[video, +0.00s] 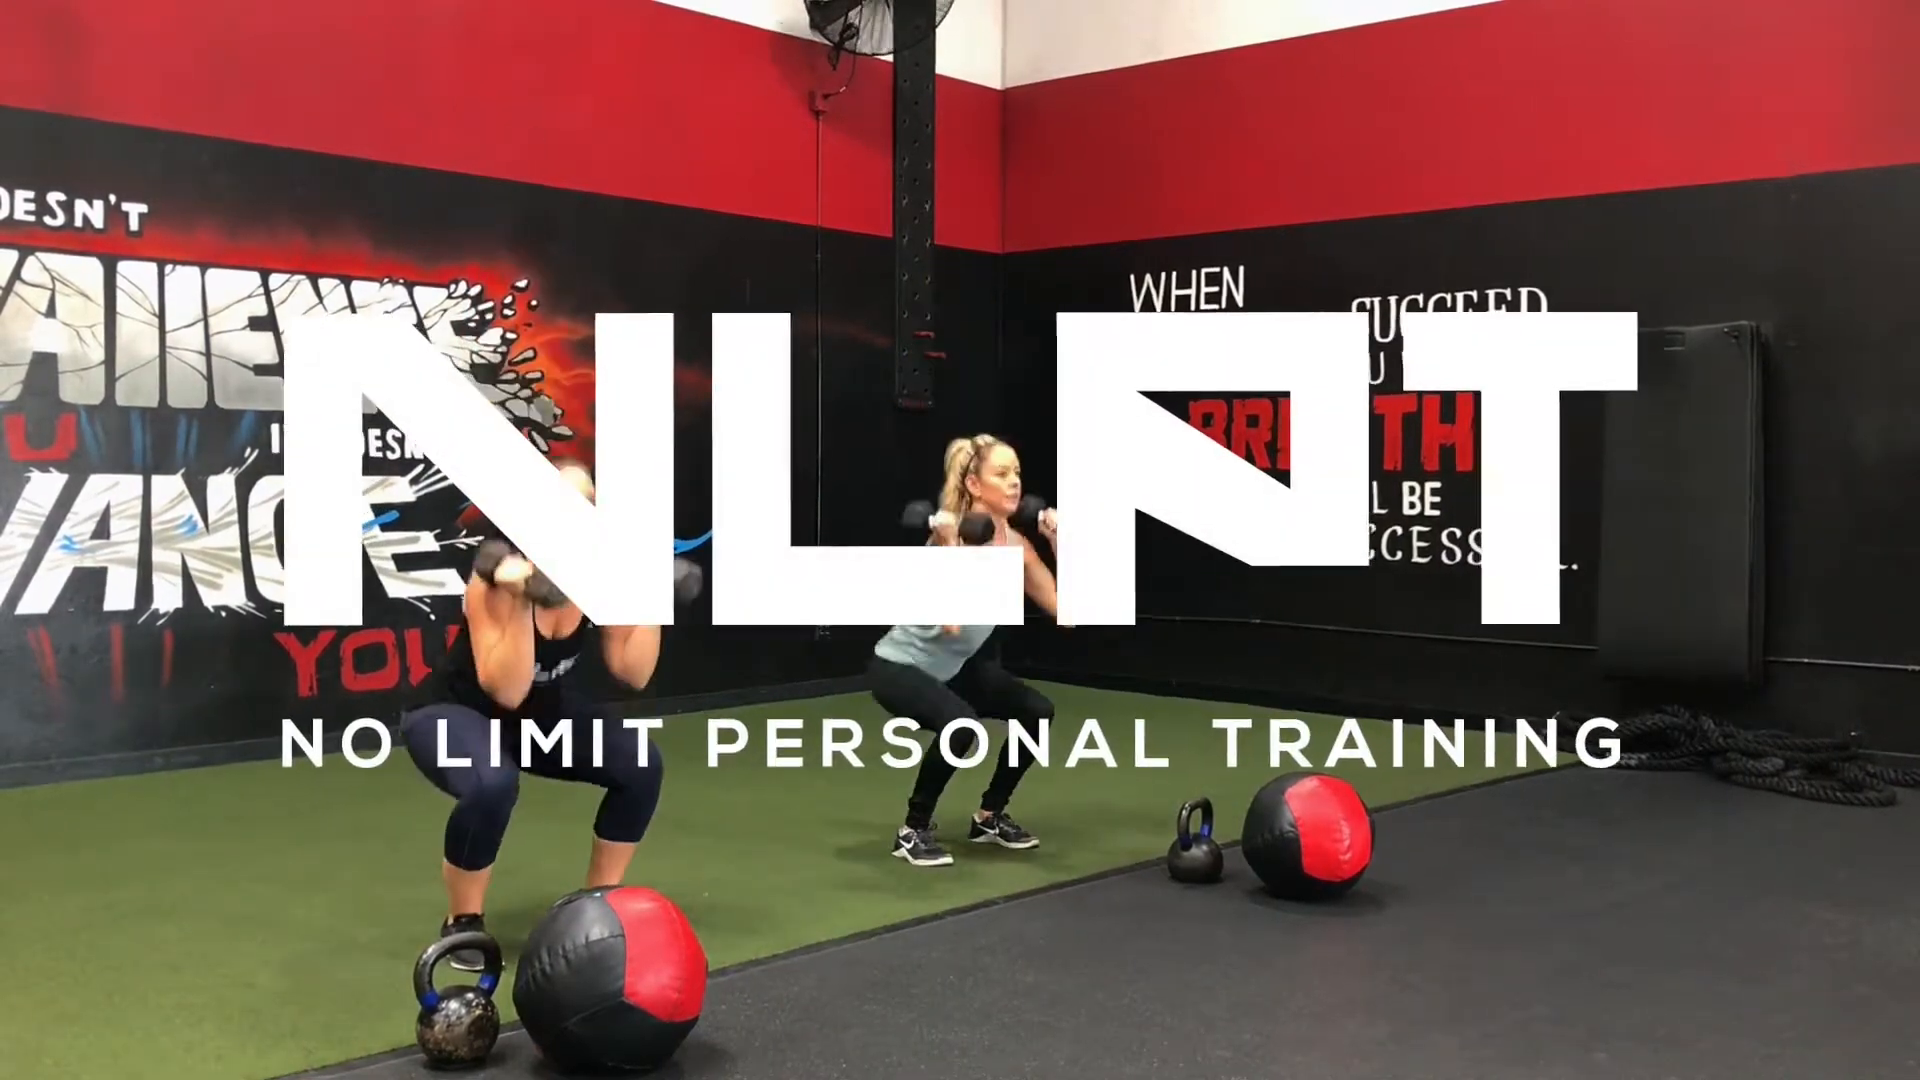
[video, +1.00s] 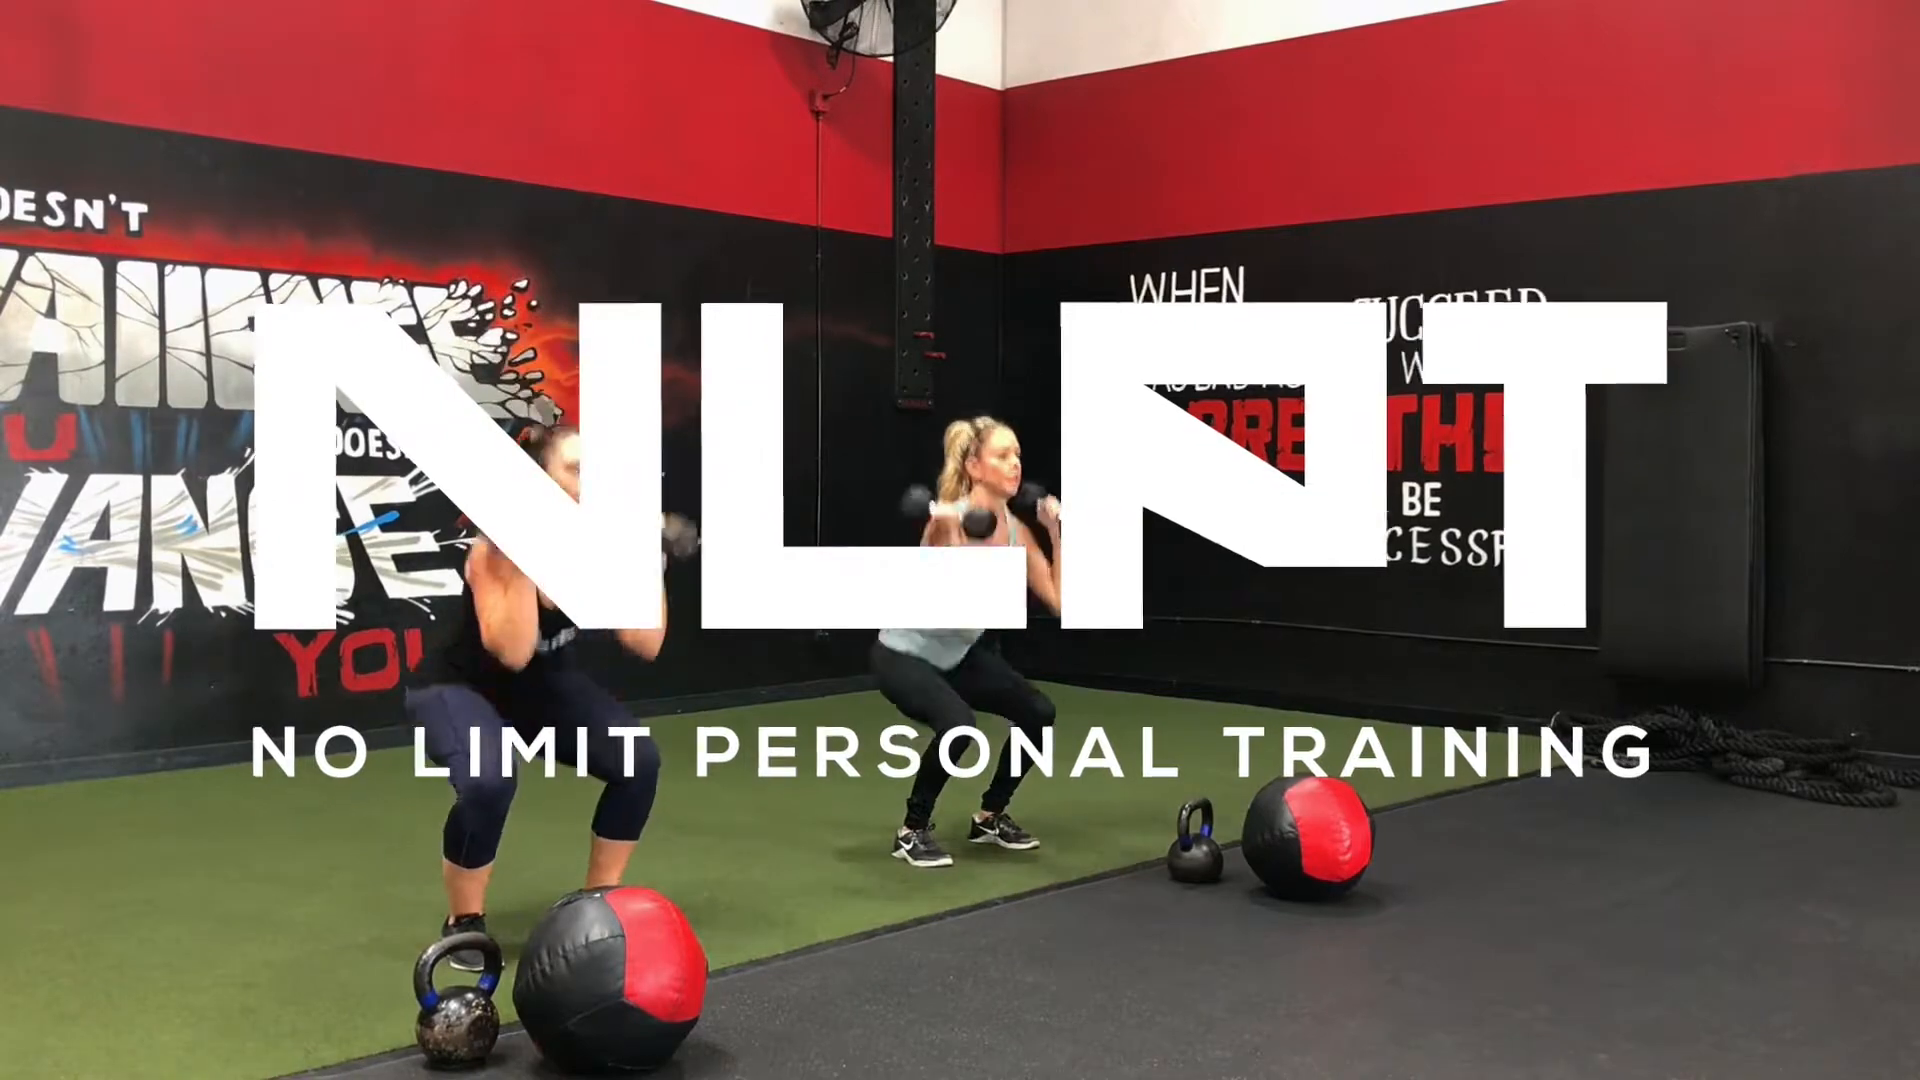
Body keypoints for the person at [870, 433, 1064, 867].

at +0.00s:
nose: (1015, 483)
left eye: (1017, 474)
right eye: (1003, 474)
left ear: (1021, 481)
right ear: (973, 485)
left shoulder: (1016, 544)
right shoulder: (949, 538)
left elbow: (1062, 609)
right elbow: (950, 626)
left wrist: (1060, 544)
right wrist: (949, 551)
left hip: (954, 667)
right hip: (898, 666)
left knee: (1037, 712)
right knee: (961, 727)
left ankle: (991, 815)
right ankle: (915, 830)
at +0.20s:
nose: (1001, 362)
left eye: (1001, 353)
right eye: (991, 353)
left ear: (997, 361)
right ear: (962, 359)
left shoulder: (1006, 417)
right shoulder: (940, 415)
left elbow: (1072, 430)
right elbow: (946, 430)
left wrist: (1063, 372)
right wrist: (945, 355)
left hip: (981, 582)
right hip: (929, 583)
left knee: (1013, 688)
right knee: (951, 695)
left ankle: (989, 813)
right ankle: (914, 825)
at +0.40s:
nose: (989, 339)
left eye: (992, 331)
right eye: (976, 329)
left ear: (994, 340)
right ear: (946, 334)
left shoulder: (997, 388)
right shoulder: (943, 393)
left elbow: (1041, 300)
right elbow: (956, 301)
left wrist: (1054, 222)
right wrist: (950, 208)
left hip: (997, 568)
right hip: (944, 568)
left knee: (991, 691)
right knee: (939, 690)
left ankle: (989, 812)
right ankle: (912, 823)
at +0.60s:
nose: (1000, 387)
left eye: (1000, 378)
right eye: (990, 379)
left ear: (994, 387)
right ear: (964, 386)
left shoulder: (1003, 440)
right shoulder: (936, 435)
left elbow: (1066, 461)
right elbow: (952, 466)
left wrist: (1066, 398)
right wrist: (944, 390)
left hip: (973, 600)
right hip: (920, 600)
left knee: (1018, 694)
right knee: (956, 703)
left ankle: (988, 814)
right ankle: (914, 825)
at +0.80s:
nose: (1019, 504)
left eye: (1019, 494)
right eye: (1006, 494)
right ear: (976, 506)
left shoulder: (1013, 567)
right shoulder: (949, 561)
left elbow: (1048, 648)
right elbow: (953, 654)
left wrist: (1054, 579)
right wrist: (951, 578)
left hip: (956, 683)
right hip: (897, 682)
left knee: (1038, 712)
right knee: (962, 729)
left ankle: (991, 817)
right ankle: (915, 830)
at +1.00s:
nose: (1016, 466)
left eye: (1017, 456)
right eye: (1003, 457)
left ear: (1020, 463)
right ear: (973, 467)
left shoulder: (1014, 529)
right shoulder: (947, 518)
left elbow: (1060, 603)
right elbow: (944, 585)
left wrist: (1058, 533)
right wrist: (953, 528)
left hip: (958, 656)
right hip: (902, 654)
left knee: (1039, 715)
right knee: (958, 726)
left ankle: (991, 816)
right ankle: (914, 830)